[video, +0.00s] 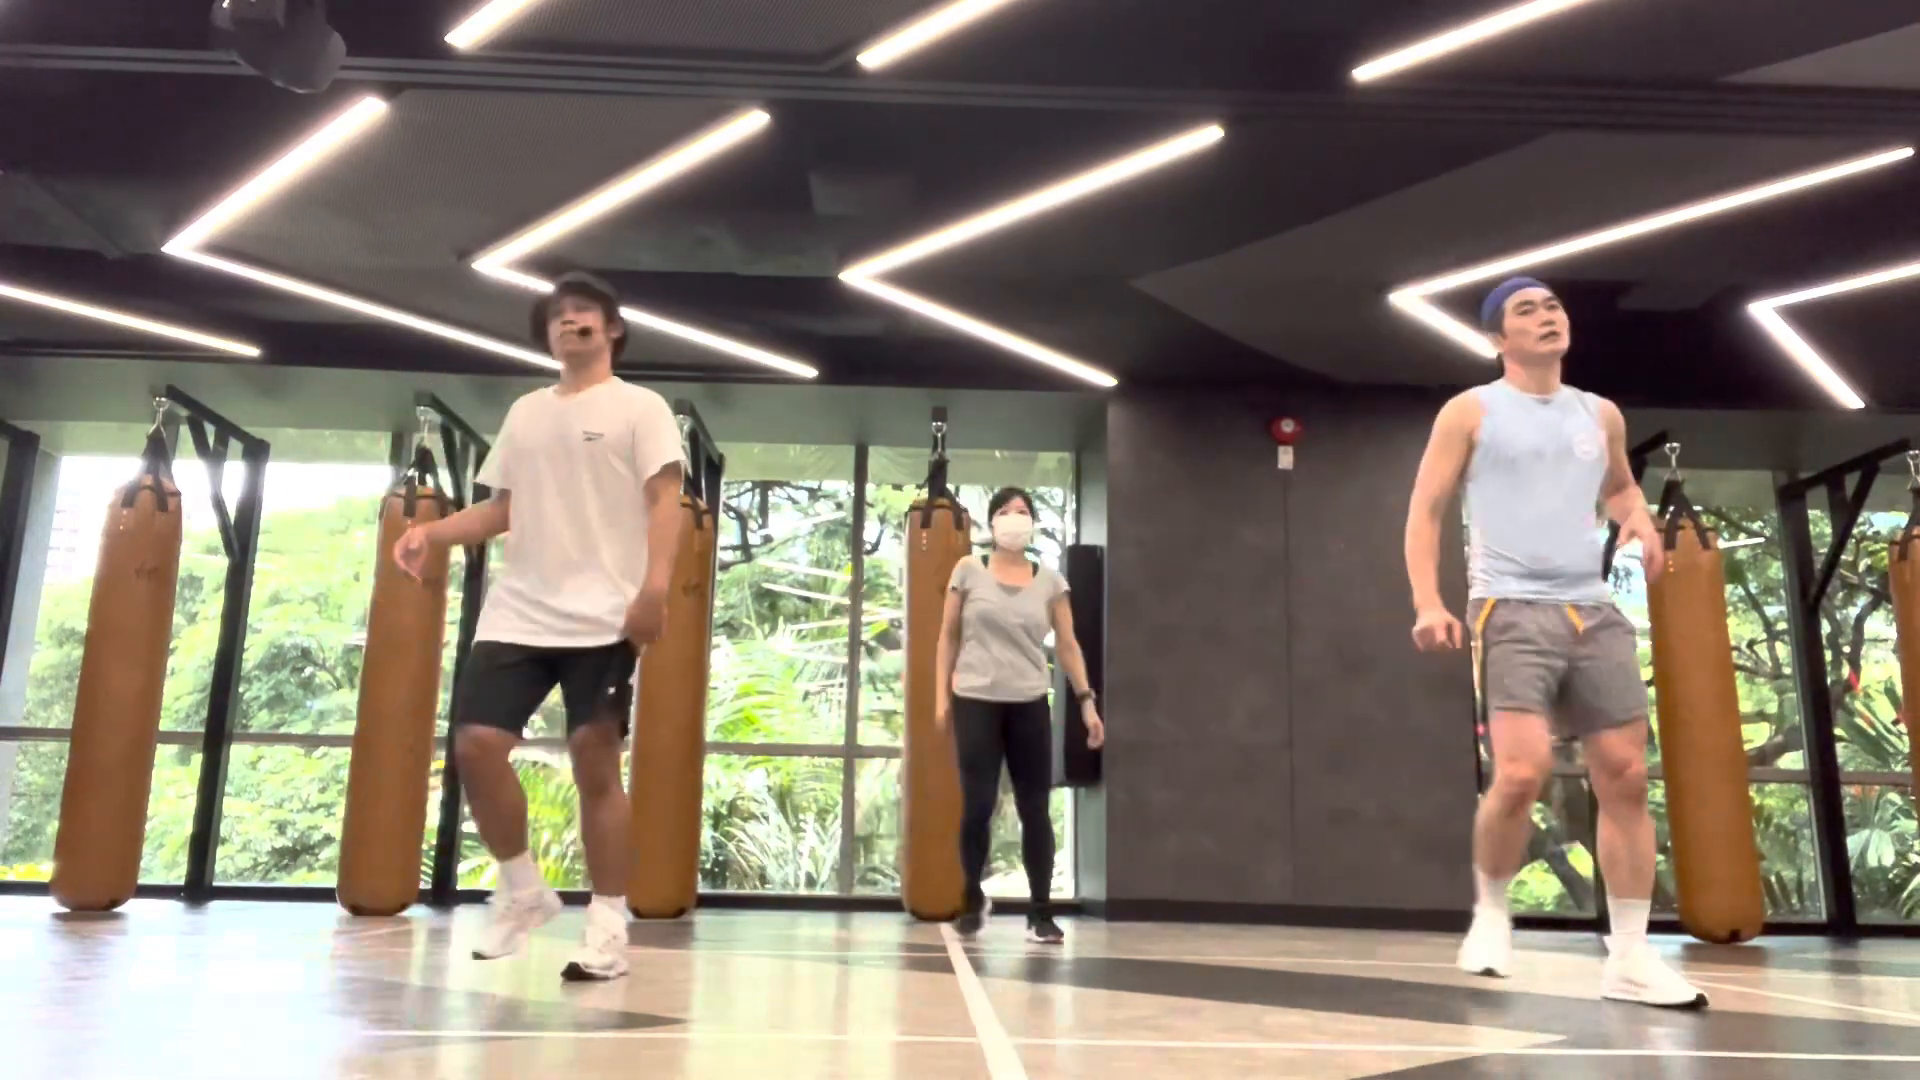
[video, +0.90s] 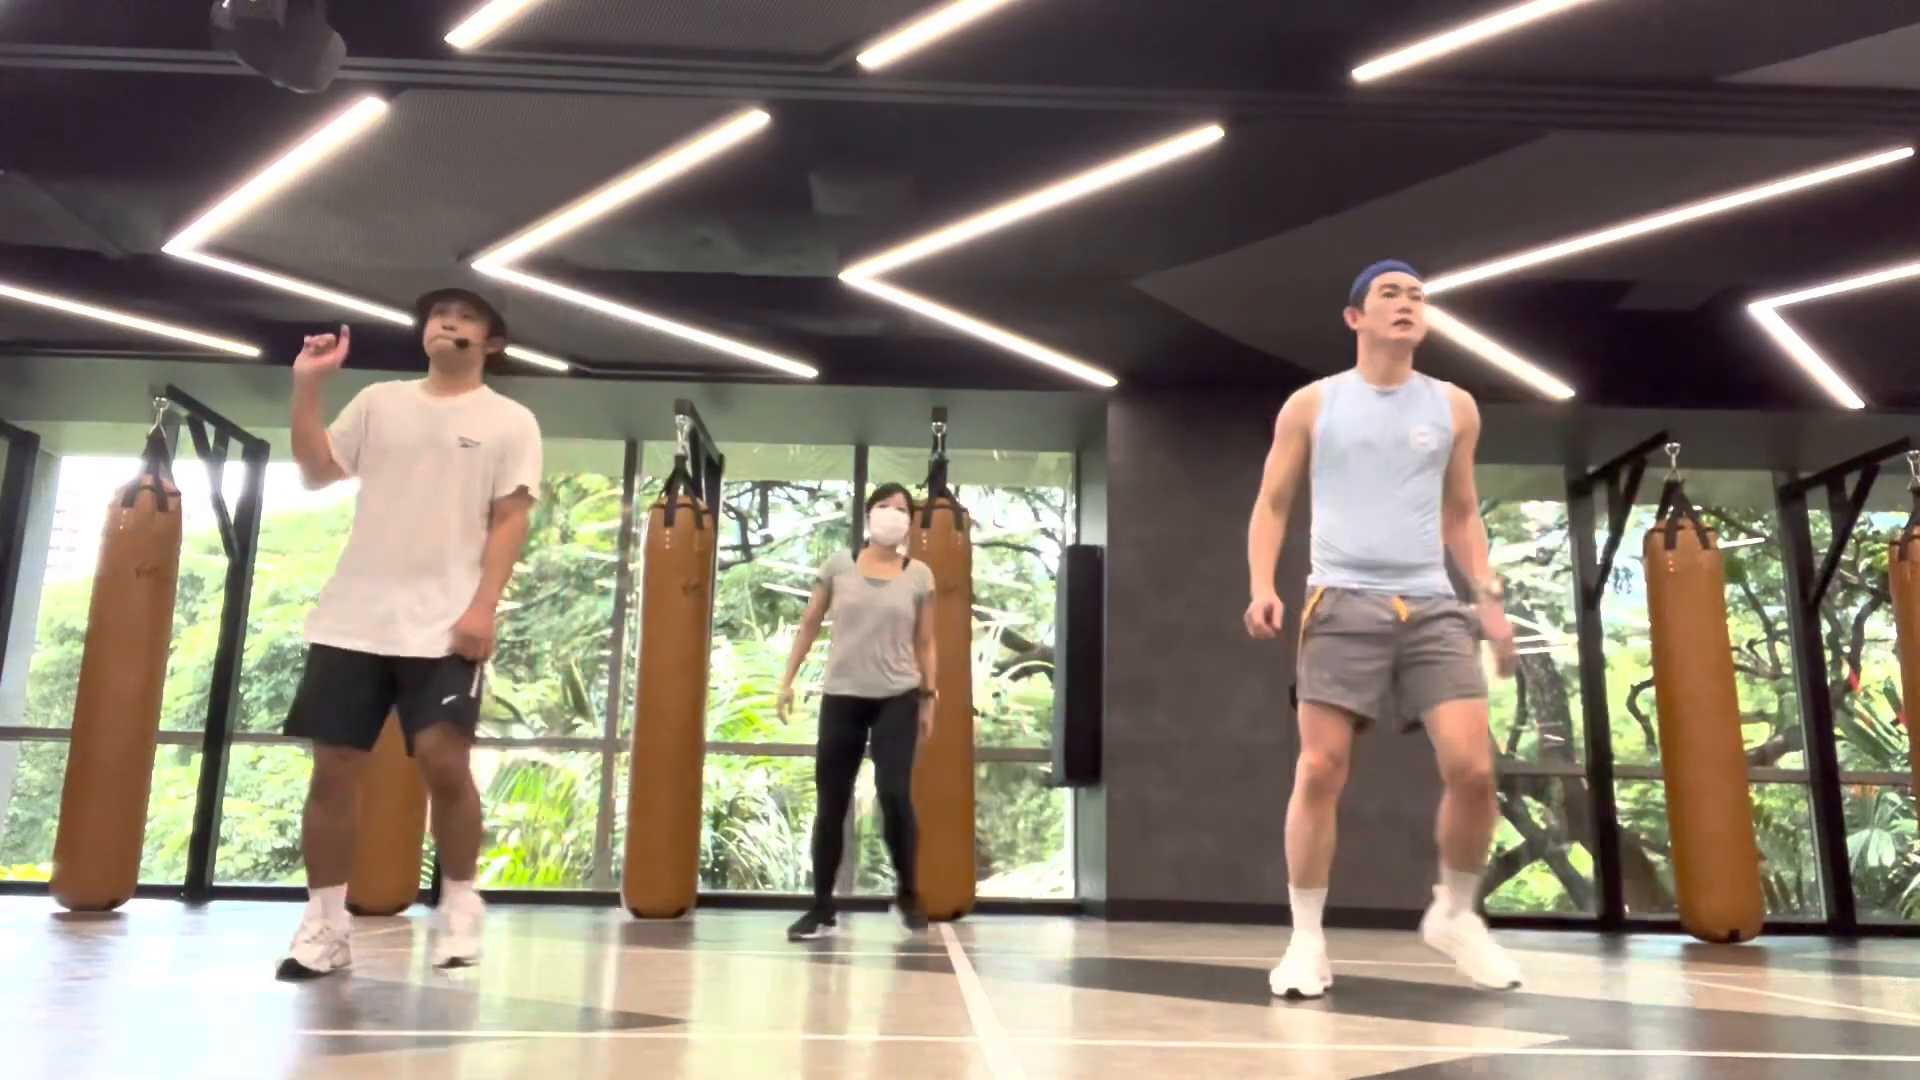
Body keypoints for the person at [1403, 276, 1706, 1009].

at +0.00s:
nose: (1547, 316)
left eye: (1554, 307)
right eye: (1527, 310)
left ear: (1569, 327)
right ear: (1499, 338)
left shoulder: (1602, 416)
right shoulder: (1469, 412)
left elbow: (1621, 492)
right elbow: (1425, 511)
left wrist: (1640, 524)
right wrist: (1428, 603)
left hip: (1597, 614)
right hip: (1512, 614)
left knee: (1627, 775)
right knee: (1521, 775)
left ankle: (1630, 956)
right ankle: (1491, 919)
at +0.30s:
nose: (1550, 316)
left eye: (1560, 308)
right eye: (1532, 310)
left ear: (1578, 331)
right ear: (1504, 339)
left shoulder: (1608, 414)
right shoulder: (1468, 418)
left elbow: (1623, 513)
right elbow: (1442, 523)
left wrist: (1622, 422)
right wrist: (1439, 621)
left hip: (1597, 616)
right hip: (1508, 616)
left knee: (1637, 772)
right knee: (1516, 759)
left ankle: (1633, 955)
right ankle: (1523, 910)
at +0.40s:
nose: (1531, 309)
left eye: (1541, 301)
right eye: (1513, 303)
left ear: (1559, 328)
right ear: (1485, 332)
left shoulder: (1591, 396)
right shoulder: (1453, 418)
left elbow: (1627, 487)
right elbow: (1433, 523)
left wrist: (1619, 392)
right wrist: (1424, 616)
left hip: (1581, 614)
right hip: (1484, 609)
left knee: (1625, 772)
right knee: (1457, 748)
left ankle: (1633, 955)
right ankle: (1443, 916)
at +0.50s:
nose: (1503, 314)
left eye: (1515, 306)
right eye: (1485, 309)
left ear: (1533, 333)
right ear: (1459, 340)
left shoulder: (1571, 396)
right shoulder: (1430, 430)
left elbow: (1617, 490)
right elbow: (1417, 532)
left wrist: (1616, 399)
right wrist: (1400, 617)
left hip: (1561, 625)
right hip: (1462, 623)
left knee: (1623, 775)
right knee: (1409, 756)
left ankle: (1631, 958)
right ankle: (1352, 928)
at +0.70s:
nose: (1439, 319)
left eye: (1450, 313)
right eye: (1421, 313)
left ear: (1464, 341)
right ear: (1390, 343)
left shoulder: (1499, 419)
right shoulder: (1353, 433)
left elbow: (1541, 526)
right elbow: (1338, 538)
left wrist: (1578, 489)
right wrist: (1326, 619)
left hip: (1477, 629)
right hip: (1380, 626)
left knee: (1557, 785)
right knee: (1340, 774)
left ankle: (1621, 952)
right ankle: (1307, 944)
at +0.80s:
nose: (1417, 310)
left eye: (1427, 303)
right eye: (1400, 301)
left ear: (1440, 330)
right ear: (1367, 328)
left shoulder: (1470, 412)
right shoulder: (1325, 415)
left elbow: (1491, 514)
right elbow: (1300, 518)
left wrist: (1539, 544)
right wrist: (1289, 602)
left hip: (1450, 618)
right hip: (1355, 617)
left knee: (1524, 773)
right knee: (1324, 771)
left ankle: (1554, 935)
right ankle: (1306, 946)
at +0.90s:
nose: (1408, 304)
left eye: (1417, 297)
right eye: (1391, 294)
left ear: (1426, 321)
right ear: (1355, 318)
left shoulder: (1454, 407)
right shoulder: (1311, 405)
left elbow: (1463, 514)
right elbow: (1272, 504)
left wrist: (1488, 594)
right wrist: (1263, 587)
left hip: (1436, 610)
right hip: (1342, 609)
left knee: (1474, 770)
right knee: (1319, 770)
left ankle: (1453, 915)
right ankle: (1305, 944)